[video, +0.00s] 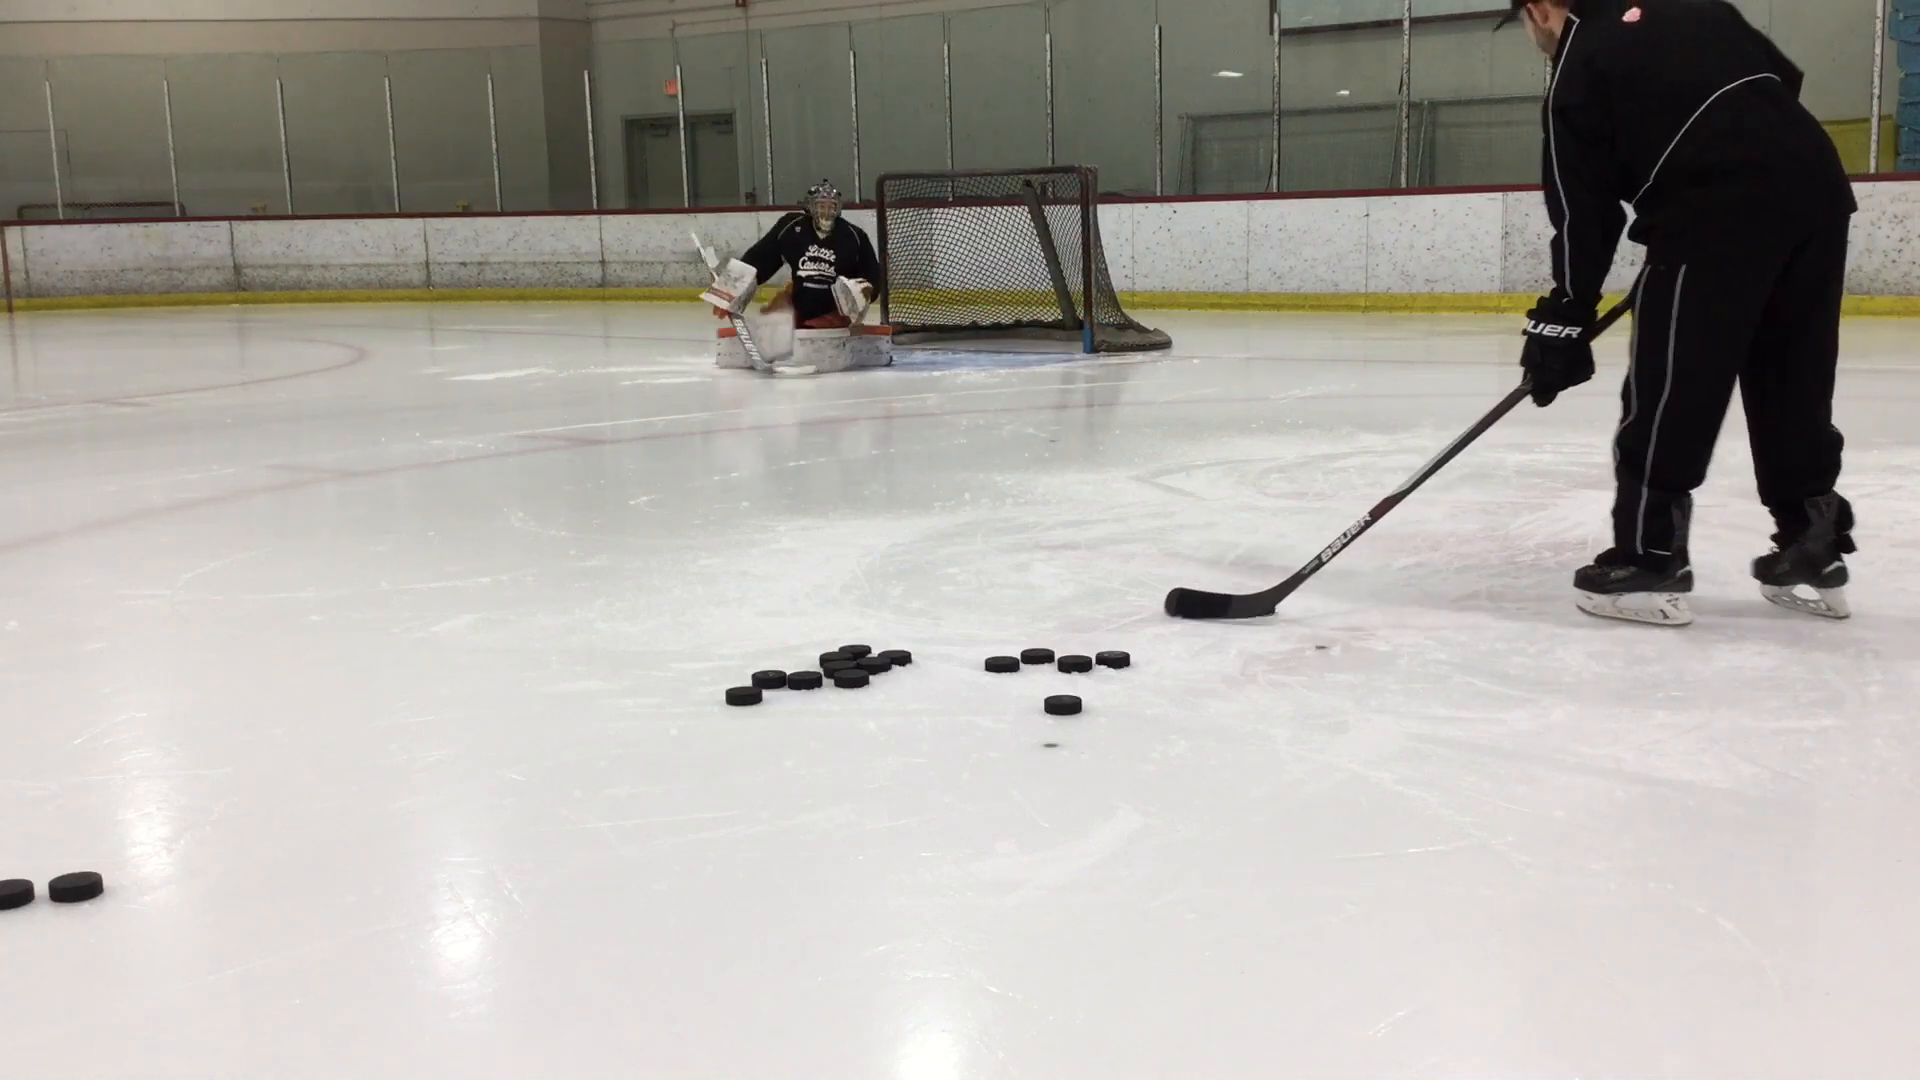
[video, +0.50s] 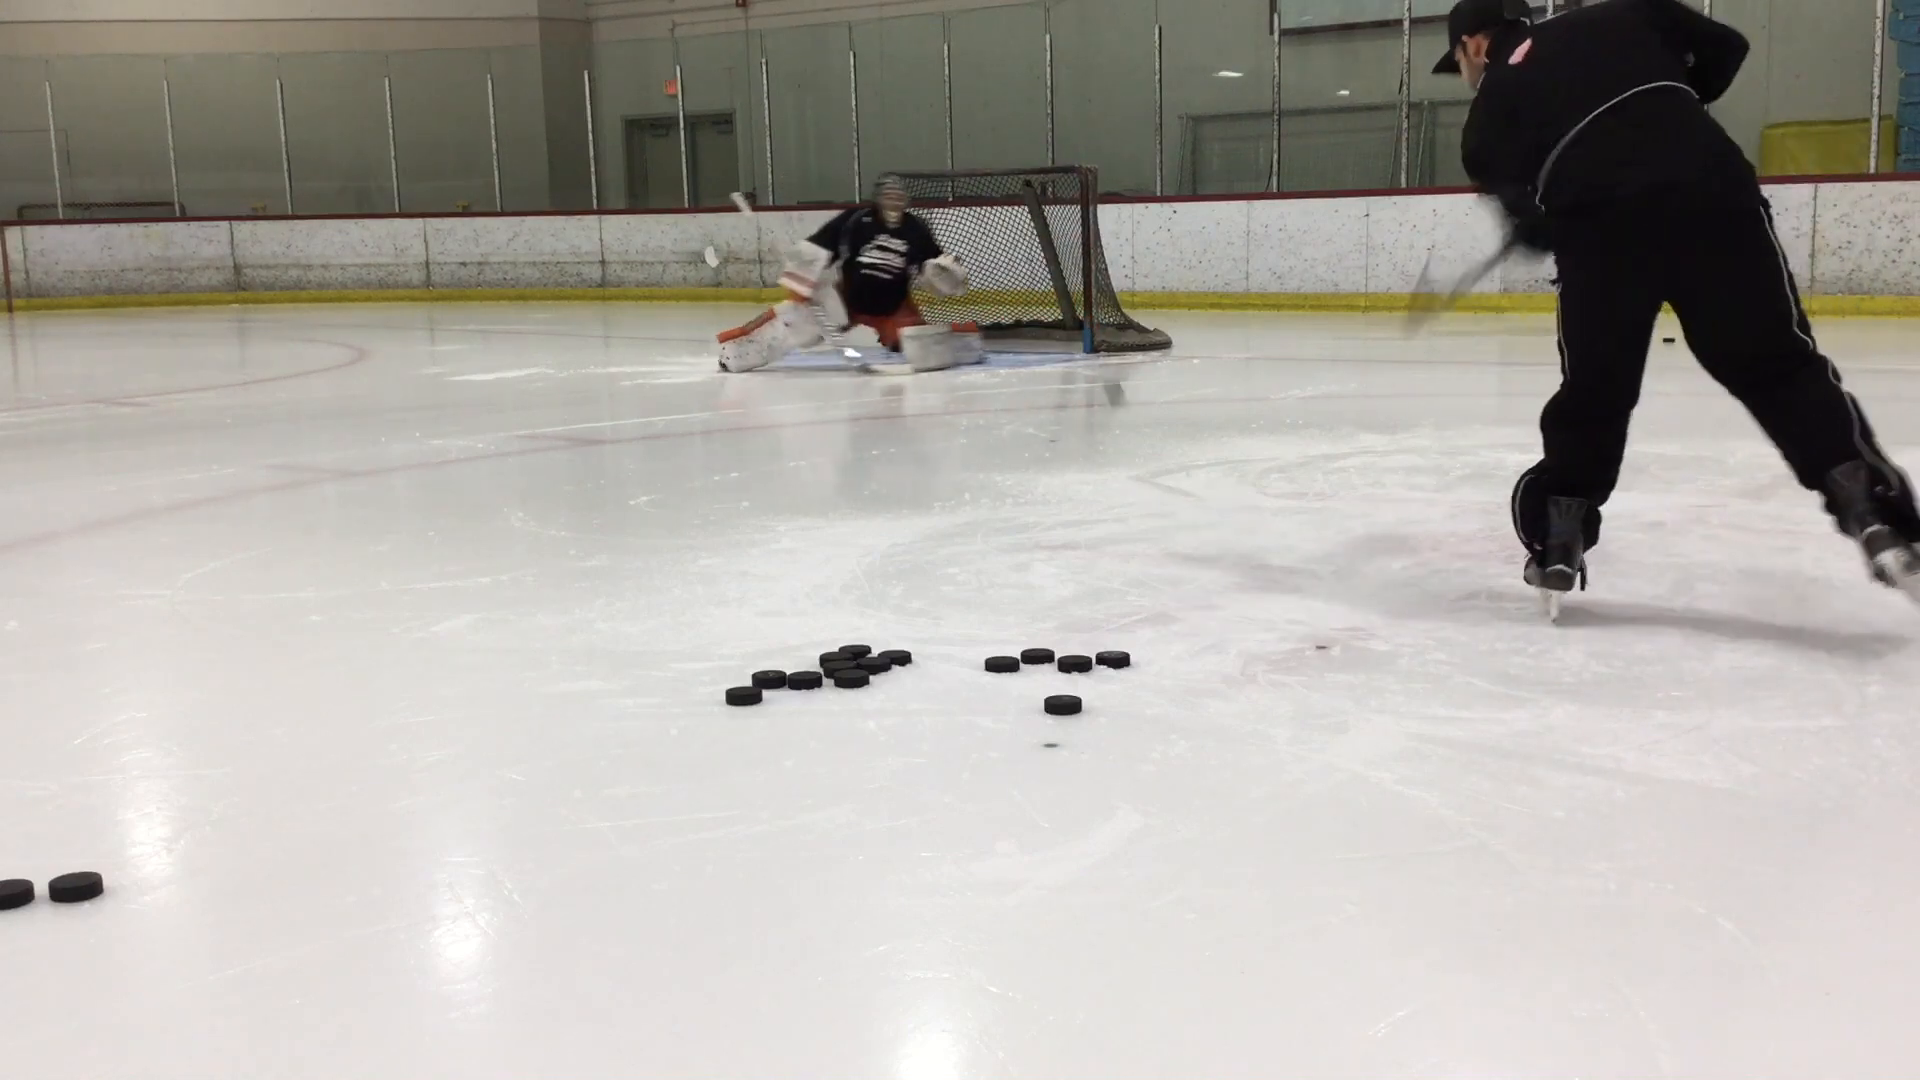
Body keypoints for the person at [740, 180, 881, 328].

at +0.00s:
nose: (826, 212)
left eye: (832, 207)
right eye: (821, 206)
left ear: (838, 209)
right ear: (810, 207)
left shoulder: (855, 236)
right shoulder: (792, 226)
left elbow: (874, 276)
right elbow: (760, 258)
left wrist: (863, 293)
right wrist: (736, 288)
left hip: (840, 310)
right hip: (800, 308)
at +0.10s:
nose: (825, 209)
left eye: (830, 204)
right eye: (819, 204)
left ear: (837, 206)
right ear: (808, 205)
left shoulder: (854, 235)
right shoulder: (789, 225)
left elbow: (873, 274)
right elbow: (750, 255)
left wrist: (865, 291)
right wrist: (731, 291)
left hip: (840, 318)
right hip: (792, 316)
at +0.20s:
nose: (826, 206)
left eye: (831, 201)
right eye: (821, 201)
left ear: (838, 203)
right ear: (809, 202)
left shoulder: (856, 230)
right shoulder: (790, 222)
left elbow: (876, 272)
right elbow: (753, 251)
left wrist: (872, 299)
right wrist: (725, 281)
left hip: (842, 304)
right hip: (796, 300)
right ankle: (741, 356)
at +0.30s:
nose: (837, 204)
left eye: (841, 199)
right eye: (831, 199)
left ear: (847, 201)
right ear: (820, 201)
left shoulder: (865, 230)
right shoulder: (800, 222)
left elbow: (888, 273)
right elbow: (759, 251)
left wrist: (883, 297)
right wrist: (735, 288)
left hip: (848, 309)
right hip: (804, 306)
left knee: (842, 358)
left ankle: (891, 350)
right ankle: (737, 353)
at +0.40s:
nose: (859, 203)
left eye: (864, 198)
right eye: (854, 198)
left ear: (872, 201)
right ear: (843, 200)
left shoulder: (885, 229)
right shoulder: (823, 221)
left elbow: (910, 268)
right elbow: (784, 250)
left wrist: (916, 286)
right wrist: (766, 278)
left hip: (866, 303)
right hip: (818, 297)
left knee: (884, 351)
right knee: (777, 323)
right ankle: (738, 354)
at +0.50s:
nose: (895, 201)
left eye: (900, 196)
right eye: (889, 196)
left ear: (907, 201)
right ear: (877, 199)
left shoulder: (917, 230)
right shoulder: (857, 220)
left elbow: (940, 274)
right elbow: (813, 252)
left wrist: (946, 276)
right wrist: (804, 287)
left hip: (895, 309)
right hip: (847, 304)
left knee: (927, 350)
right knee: (792, 325)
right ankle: (740, 353)